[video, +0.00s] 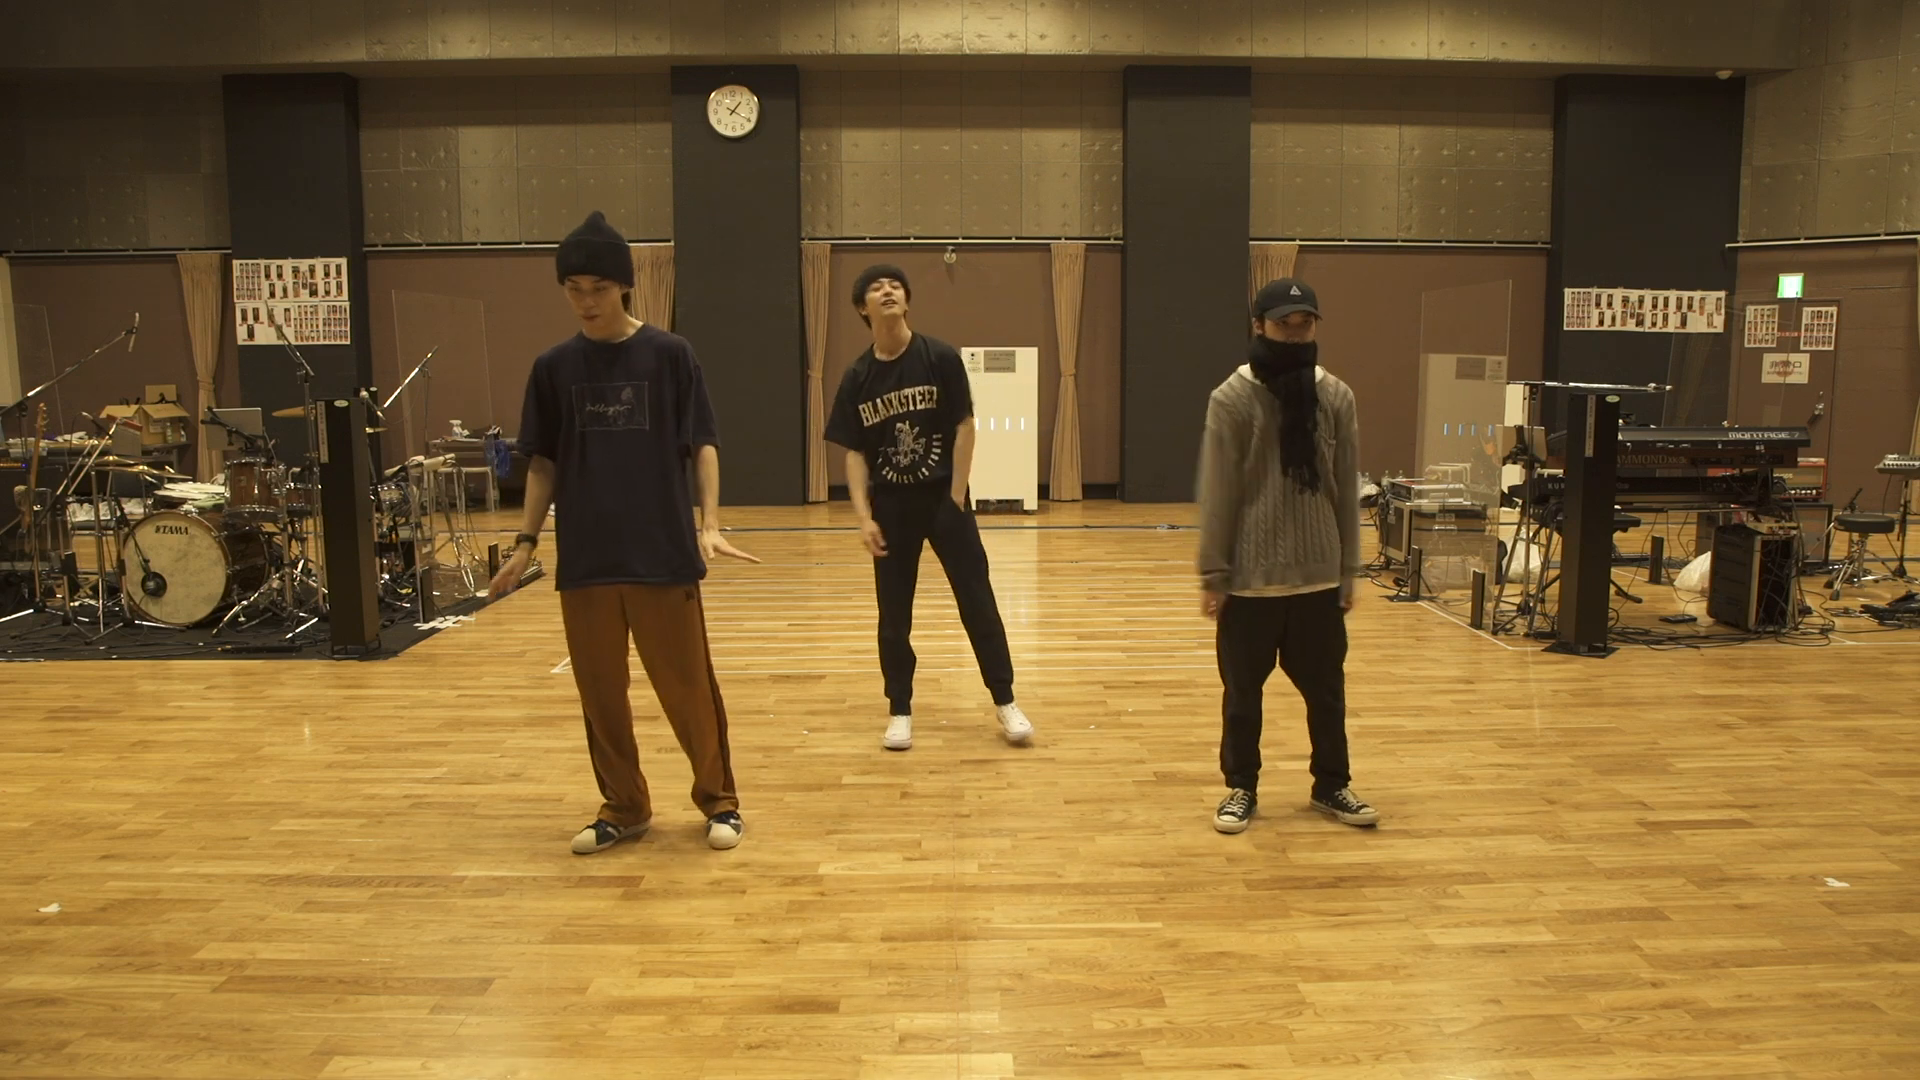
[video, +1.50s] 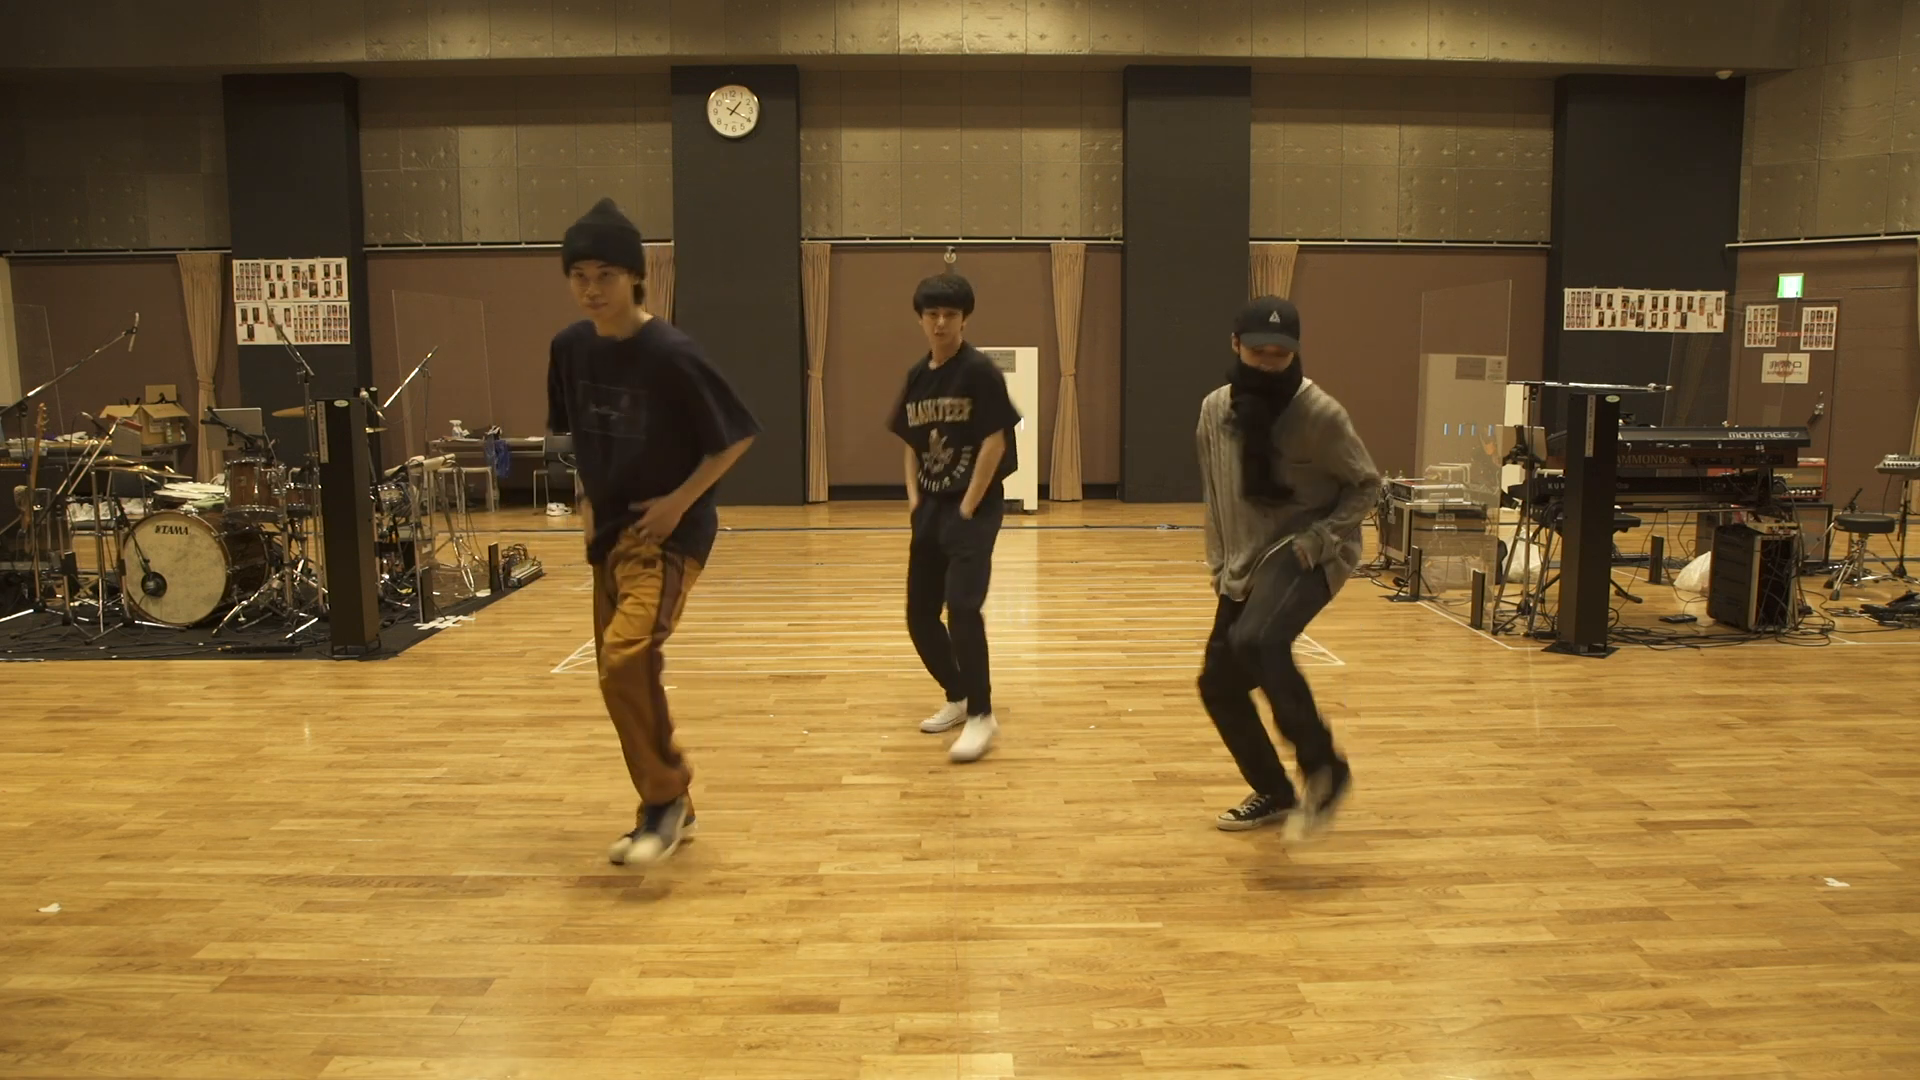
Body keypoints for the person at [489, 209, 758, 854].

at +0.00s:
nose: (587, 302)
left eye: (598, 289)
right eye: (576, 291)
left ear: (625, 284)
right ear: (565, 290)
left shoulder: (670, 355)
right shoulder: (553, 368)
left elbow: (704, 444)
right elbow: (541, 464)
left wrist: (709, 521)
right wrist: (525, 545)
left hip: (662, 553)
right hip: (585, 558)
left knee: (688, 685)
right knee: (600, 693)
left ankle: (720, 804)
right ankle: (624, 809)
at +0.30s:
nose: (631, 291)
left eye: (645, 279)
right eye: (622, 278)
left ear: (670, 284)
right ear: (609, 282)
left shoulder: (708, 355)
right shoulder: (586, 361)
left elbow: (736, 444)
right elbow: (572, 454)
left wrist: (743, 522)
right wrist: (567, 533)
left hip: (697, 551)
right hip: (618, 554)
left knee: (707, 684)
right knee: (618, 687)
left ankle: (720, 803)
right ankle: (624, 808)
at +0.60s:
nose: (665, 284)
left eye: (679, 274)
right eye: (656, 273)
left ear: (703, 282)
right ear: (643, 281)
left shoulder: (739, 360)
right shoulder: (617, 359)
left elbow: (758, 458)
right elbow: (605, 455)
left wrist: (759, 542)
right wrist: (607, 535)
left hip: (724, 552)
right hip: (646, 552)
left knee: (725, 687)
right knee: (634, 687)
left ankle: (721, 803)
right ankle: (625, 805)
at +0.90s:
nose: (676, 281)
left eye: (689, 270)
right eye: (665, 271)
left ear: (713, 276)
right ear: (652, 279)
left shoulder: (751, 360)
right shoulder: (626, 356)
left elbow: (779, 450)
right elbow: (606, 446)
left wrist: (780, 519)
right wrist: (605, 520)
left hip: (727, 551)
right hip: (647, 553)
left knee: (726, 682)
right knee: (637, 682)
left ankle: (721, 805)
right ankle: (637, 805)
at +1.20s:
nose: (657, 285)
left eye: (670, 272)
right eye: (646, 274)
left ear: (696, 278)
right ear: (633, 283)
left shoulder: (732, 363)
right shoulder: (605, 359)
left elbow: (780, 446)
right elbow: (586, 443)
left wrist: (763, 499)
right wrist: (589, 510)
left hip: (708, 553)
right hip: (629, 556)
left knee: (716, 684)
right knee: (641, 695)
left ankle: (721, 807)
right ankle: (668, 817)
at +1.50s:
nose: (591, 288)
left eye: (604, 274)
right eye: (579, 277)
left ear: (635, 278)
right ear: (569, 283)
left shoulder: (670, 353)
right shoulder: (571, 349)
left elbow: (739, 436)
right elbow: (583, 438)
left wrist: (677, 501)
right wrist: (589, 506)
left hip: (668, 533)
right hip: (609, 531)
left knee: (622, 658)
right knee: (623, 668)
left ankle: (669, 792)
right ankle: (659, 808)